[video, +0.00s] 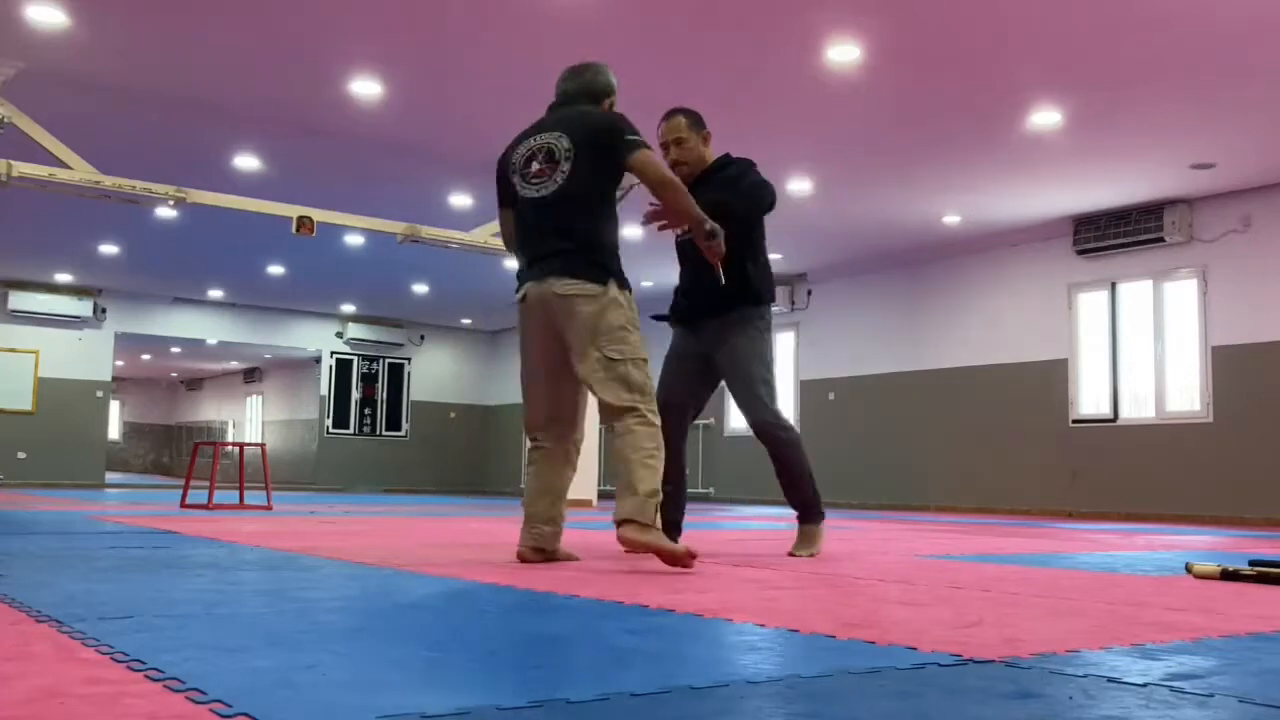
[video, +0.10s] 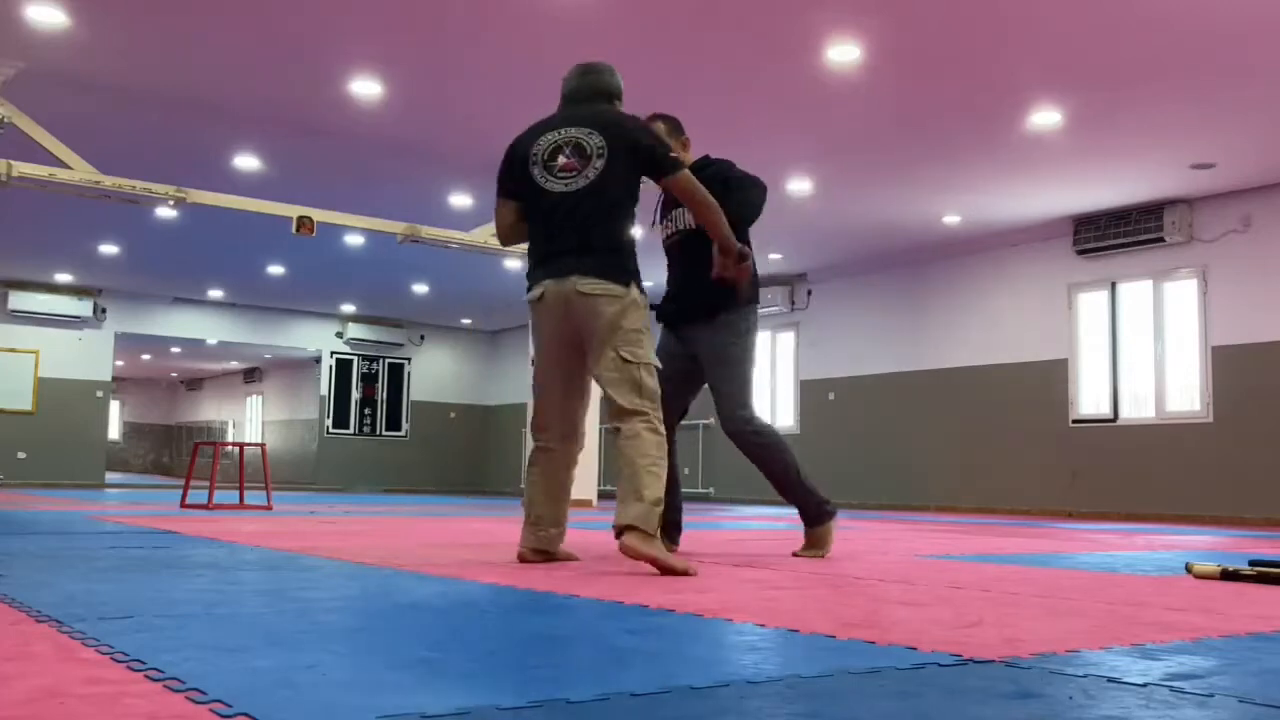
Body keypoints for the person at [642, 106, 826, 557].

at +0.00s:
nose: (672, 154)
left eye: (680, 143)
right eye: (665, 147)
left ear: (705, 141)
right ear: (661, 153)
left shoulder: (735, 171)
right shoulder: (680, 193)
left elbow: (761, 197)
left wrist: (691, 209)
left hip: (741, 320)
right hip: (692, 325)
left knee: (764, 418)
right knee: (668, 417)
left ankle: (811, 520)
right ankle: (666, 531)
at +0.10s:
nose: (654, 154)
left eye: (660, 144)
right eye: (649, 147)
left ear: (682, 144)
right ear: (649, 154)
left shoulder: (711, 172)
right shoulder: (667, 195)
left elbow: (753, 190)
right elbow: (684, 256)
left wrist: (725, 240)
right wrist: (672, 299)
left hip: (726, 319)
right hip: (682, 323)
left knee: (738, 421)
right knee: (654, 422)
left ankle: (818, 515)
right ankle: (664, 532)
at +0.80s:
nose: (675, 149)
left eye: (682, 139)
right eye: (665, 141)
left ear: (698, 142)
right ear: (650, 146)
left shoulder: (715, 194)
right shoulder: (635, 190)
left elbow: (732, 252)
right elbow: (620, 258)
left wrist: (745, 273)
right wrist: (678, 297)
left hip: (711, 327)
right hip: (655, 331)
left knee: (751, 423)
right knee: (650, 430)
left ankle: (771, 528)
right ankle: (657, 532)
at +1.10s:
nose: (705, 150)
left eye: (715, 140)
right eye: (696, 143)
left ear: (736, 142)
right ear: (686, 148)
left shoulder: (761, 186)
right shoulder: (674, 203)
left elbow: (772, 246)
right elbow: (656, 264)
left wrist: (740, 209)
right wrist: (652, 322)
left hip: (761, 334)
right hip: (700, 338)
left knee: (796, 424)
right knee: (667, 434)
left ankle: (834, 531)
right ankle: (661, 530)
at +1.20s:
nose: (724, 152)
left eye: (734, 140)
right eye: (715, 143)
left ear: (758, 137)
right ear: (707, 145)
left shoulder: (785, 177)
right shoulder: (714, 189)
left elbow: (771, 246)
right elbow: (710, 247)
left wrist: (706, 244)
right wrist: (697, 283)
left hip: (794, 327)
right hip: (736, 330)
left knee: (815, 422)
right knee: (701, 429)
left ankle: (840, 536)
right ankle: (673, 533)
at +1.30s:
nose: (749, 151)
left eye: (759, 139)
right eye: (740, 142)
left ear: (784, 136)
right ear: (733, 143)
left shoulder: (807, 184)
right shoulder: (744, 185)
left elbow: (763, 247)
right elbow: (763, 243)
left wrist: (688, 281)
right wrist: (736, 244)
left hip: (813, 323)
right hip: (756, 323)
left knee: (821, 419)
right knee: (728, 425)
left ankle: (841, 536)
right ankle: (741, 525)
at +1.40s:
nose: (769, 151)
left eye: (778, 140)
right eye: (760, 142)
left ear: (804, 136)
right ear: (752, 144)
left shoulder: (829, 186)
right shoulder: (749, 187)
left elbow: (801, 268)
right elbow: (744, 255)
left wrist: (731, 313)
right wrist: (737, 238)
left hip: (828, 323)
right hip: (772, 324)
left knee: (830, 419)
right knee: (751, 429)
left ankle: (842, 535)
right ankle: (778, 521)